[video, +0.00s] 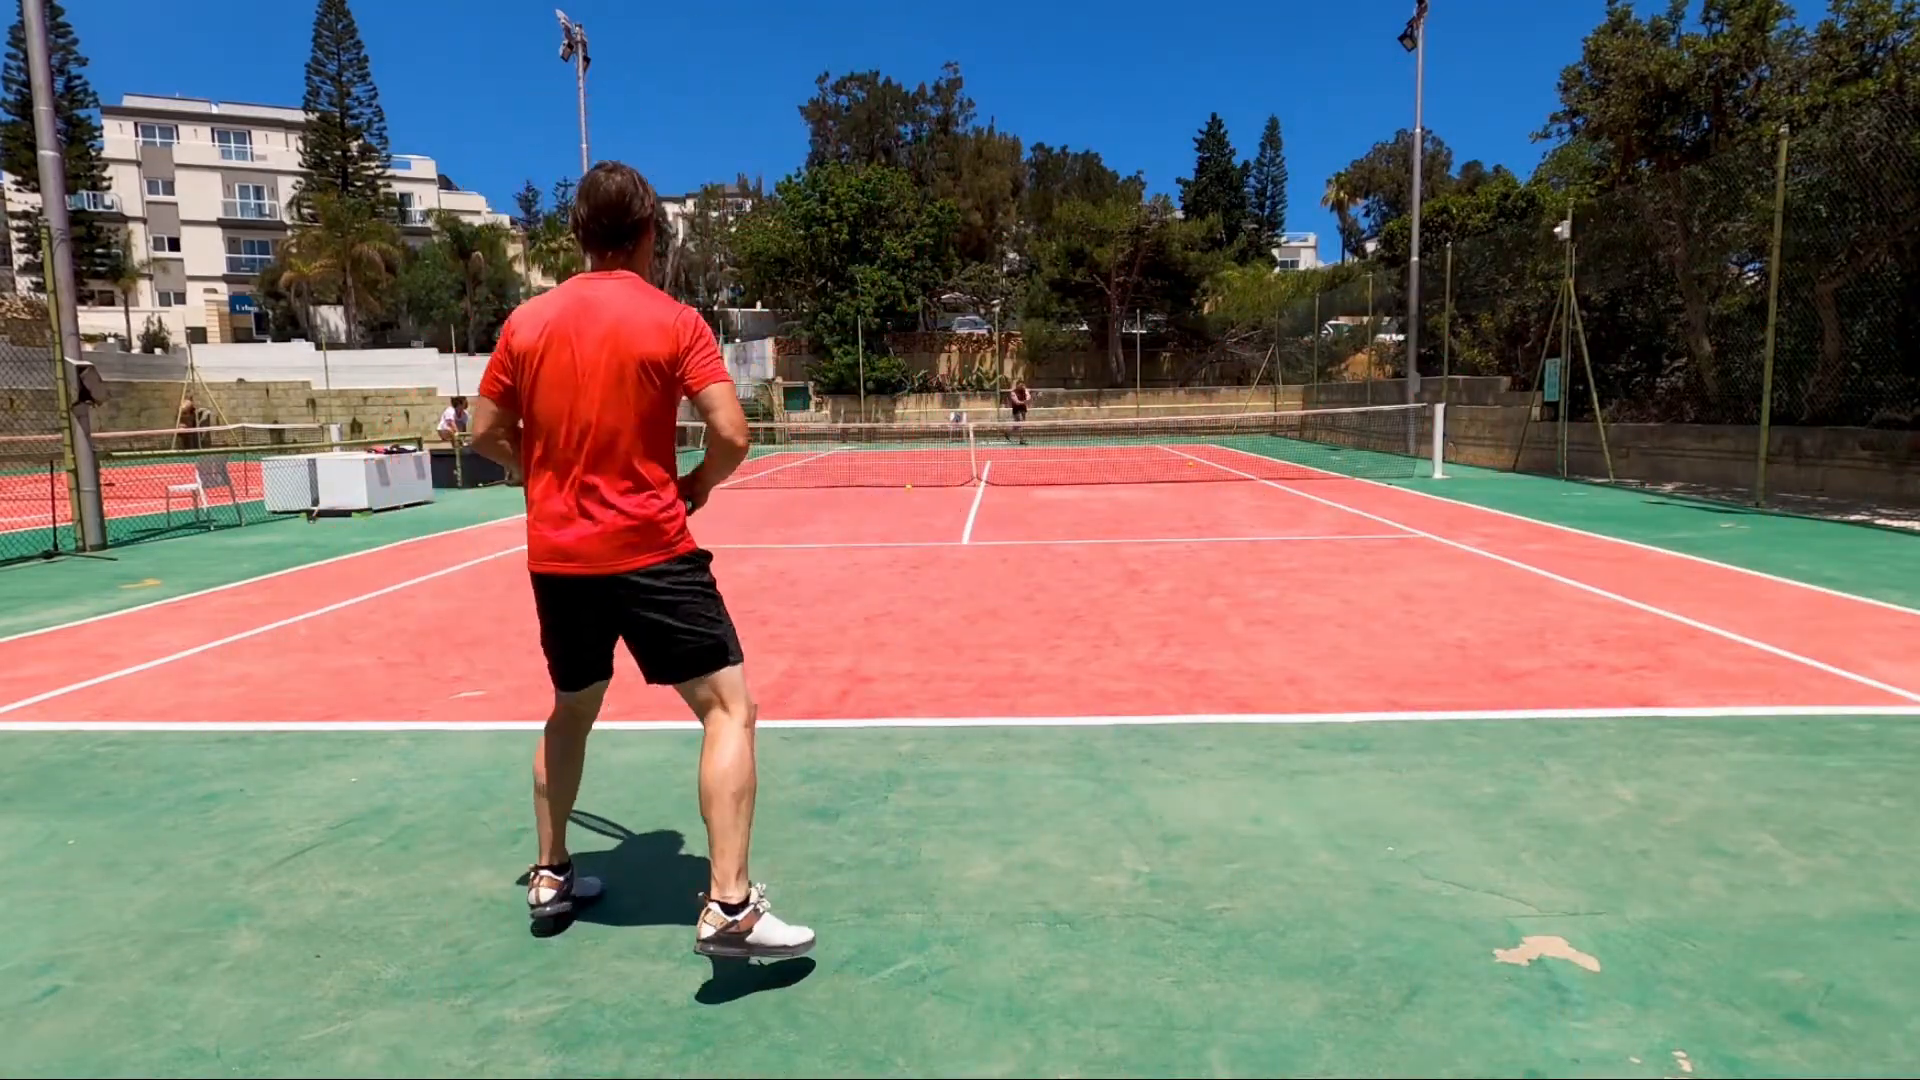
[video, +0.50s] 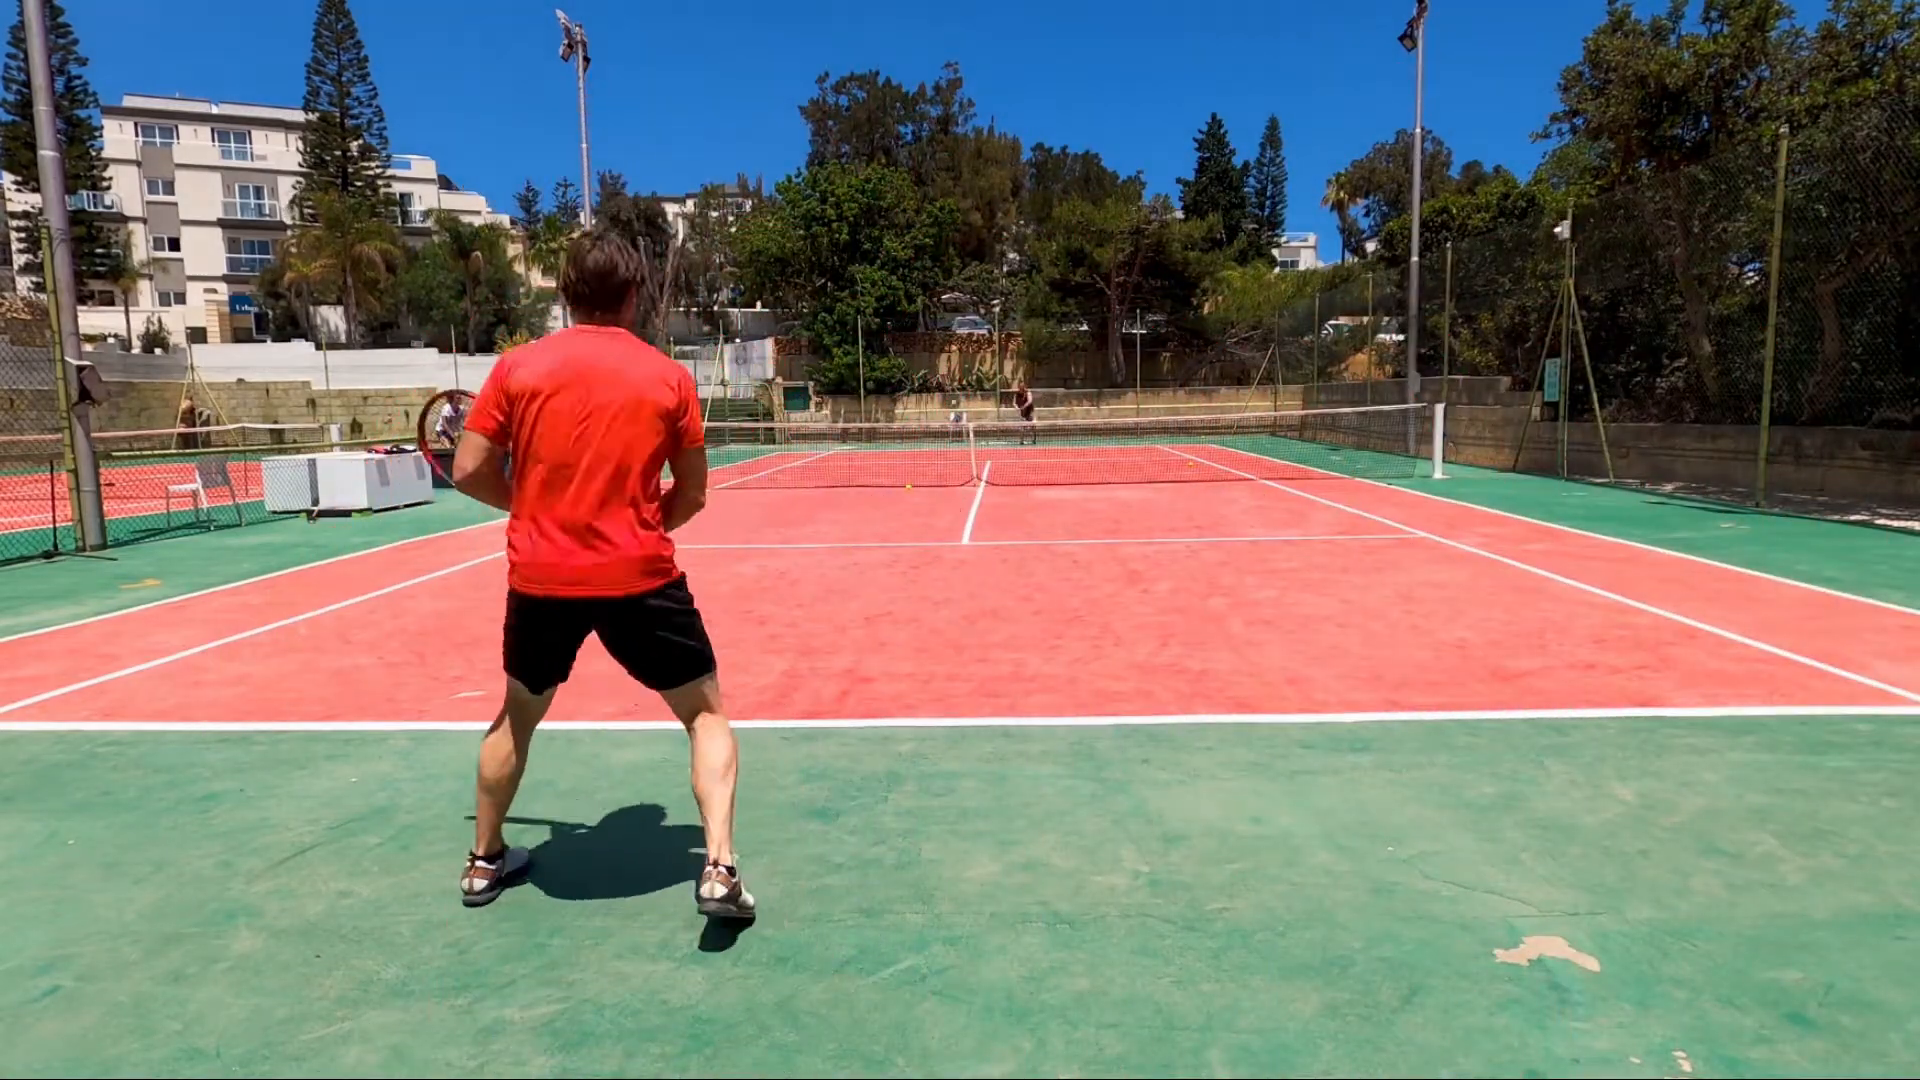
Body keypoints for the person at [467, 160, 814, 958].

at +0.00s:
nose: (663, 238)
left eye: (654, 227)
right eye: (661, 227)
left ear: (579, 234)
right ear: (650, 232)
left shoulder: (529, 320)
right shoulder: (673, 319)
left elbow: (485, 433)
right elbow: (731, 433)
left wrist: (549, 472)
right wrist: (694, 487)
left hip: (558, 556)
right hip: (652, 549)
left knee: (572, 703)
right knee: (725, 708)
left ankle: (548, 874)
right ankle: (730, 901)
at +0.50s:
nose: (637, 299)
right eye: (636, 290)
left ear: (566, 292)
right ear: (634, 294)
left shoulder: (518, 366)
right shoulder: (668, 377)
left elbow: (469, 472)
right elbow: (690, 494)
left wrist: (535, 502)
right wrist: (638, 526)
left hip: (542, 582)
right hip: (639, 579)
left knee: (515, 714)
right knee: (704, 713)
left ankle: (482, 861)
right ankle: (720, 867)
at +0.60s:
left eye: (553, 309)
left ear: (558, 313)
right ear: (621, 314)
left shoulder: (528, 372)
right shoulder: (665, 387)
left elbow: (473, 477)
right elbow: (679, 497)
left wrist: (506, 500)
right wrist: (600, 489)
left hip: (561, 585)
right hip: (656, 586)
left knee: (514, 714)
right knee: (692, 729)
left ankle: (502, 863)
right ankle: (742, 885)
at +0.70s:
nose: (527, 345)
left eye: (528, 335)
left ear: (535, 335)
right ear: (594, 336)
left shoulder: (531, 389)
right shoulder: (633, 397)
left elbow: (496, 491)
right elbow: (612, 511)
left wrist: (466, 499)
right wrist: (512, 535)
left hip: (573, 595)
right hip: (661, 592)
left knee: (498, 701)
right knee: (696, 746)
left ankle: (522, 862)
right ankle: (748, 900)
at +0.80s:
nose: (492, 351)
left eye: (492, 339)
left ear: (498, 340)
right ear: (554, 339)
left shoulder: (514, 389)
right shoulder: (590, 397)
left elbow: (514, 484)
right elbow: (569, 520)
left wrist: (451, 508)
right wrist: (477, 548)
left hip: (570, 590)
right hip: (650, 587)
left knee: (490, 718)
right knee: (666, 733)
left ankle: (530, 880)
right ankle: (735, 870)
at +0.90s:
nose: (458, 374)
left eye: (457, 364)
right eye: (459, 365)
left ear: (464, 363)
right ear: (520, 358)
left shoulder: (481, 410)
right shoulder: (557, 412)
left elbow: (503, 498)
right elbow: (535, 529)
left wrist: (433, 542)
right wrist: (459, 583)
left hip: (563, 594)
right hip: (635, 588)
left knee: (475, 728)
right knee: (625, 716)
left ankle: (527, 886)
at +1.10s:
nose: (438, 399)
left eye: (439, 389)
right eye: (440, 391)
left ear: (447, 386)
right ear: (500, 383)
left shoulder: (465, 413)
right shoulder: (519, 423)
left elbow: (472, 470)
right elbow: (463, 522)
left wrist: (396, 477)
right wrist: (384, 524)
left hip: (558, 578)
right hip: (622, 567)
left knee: (506, 727)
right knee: (593, 633)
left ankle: (536, 878)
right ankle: (603, 740)